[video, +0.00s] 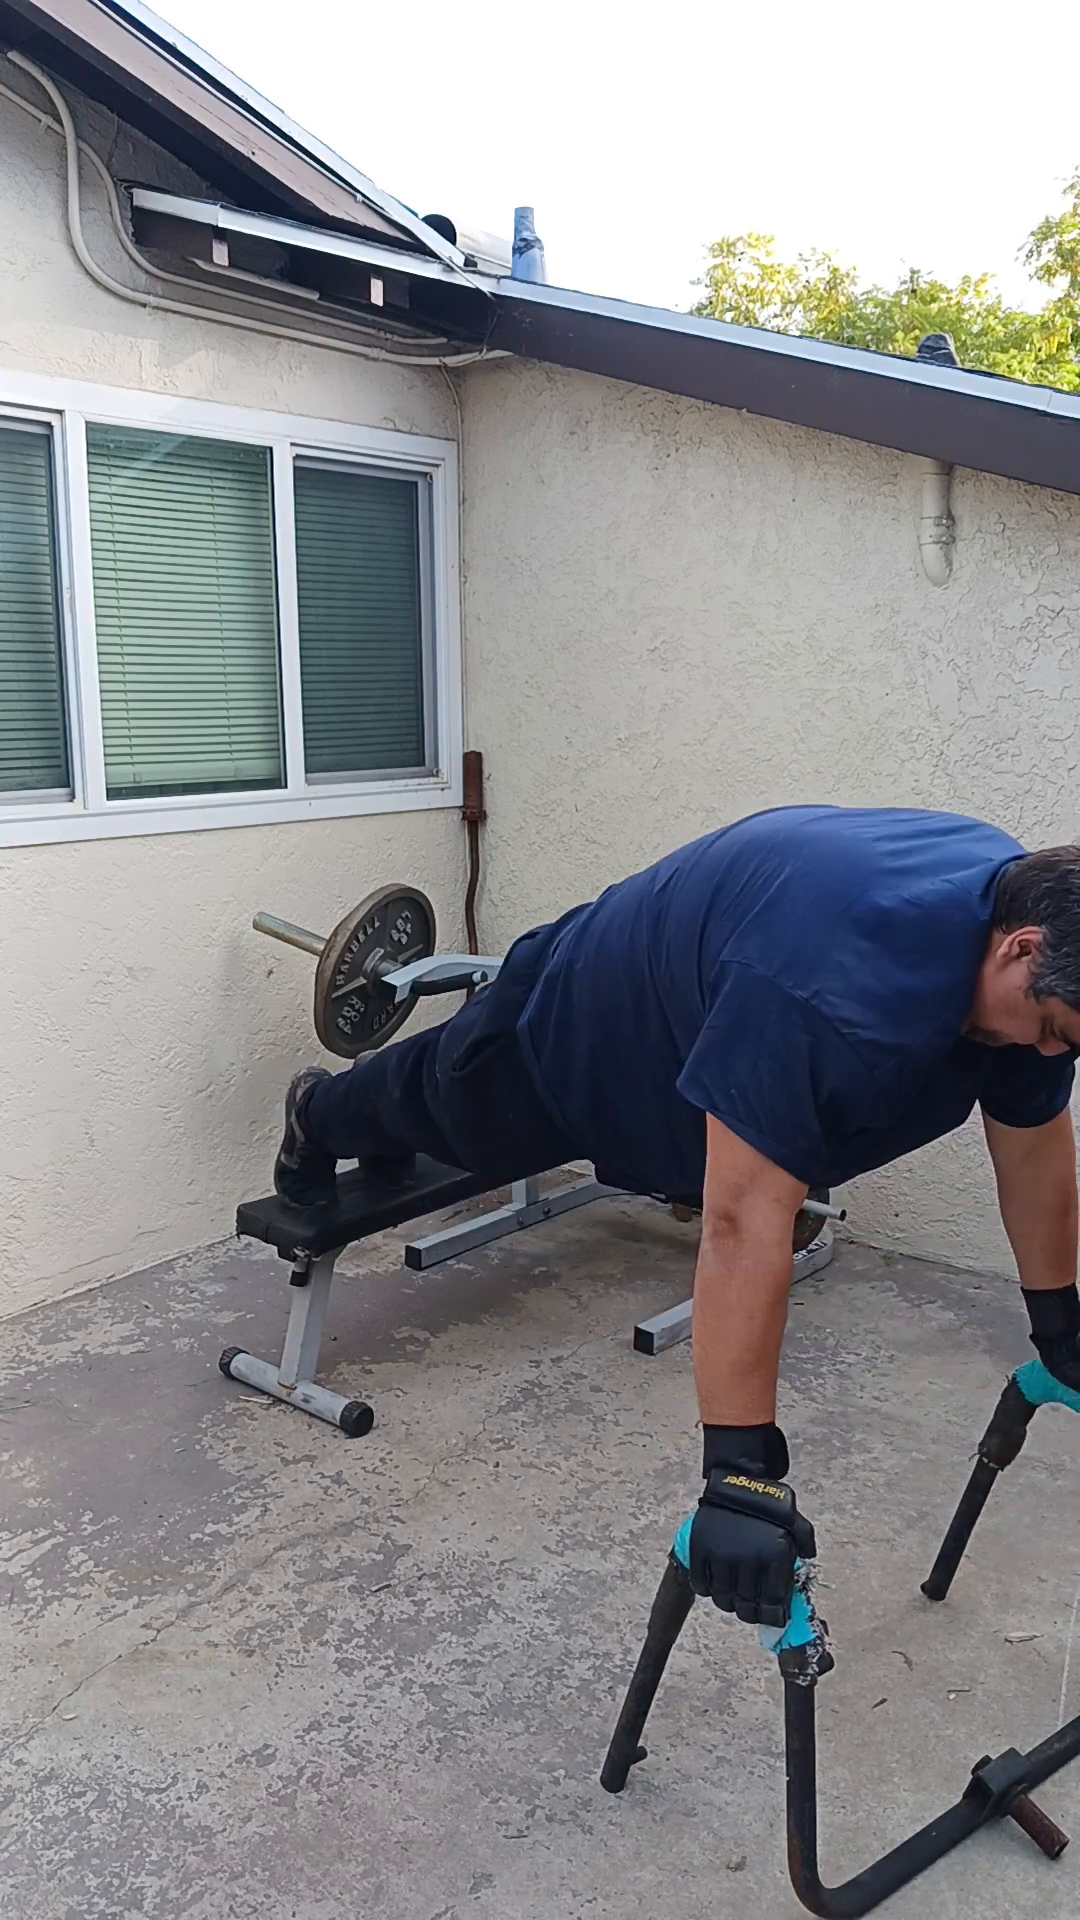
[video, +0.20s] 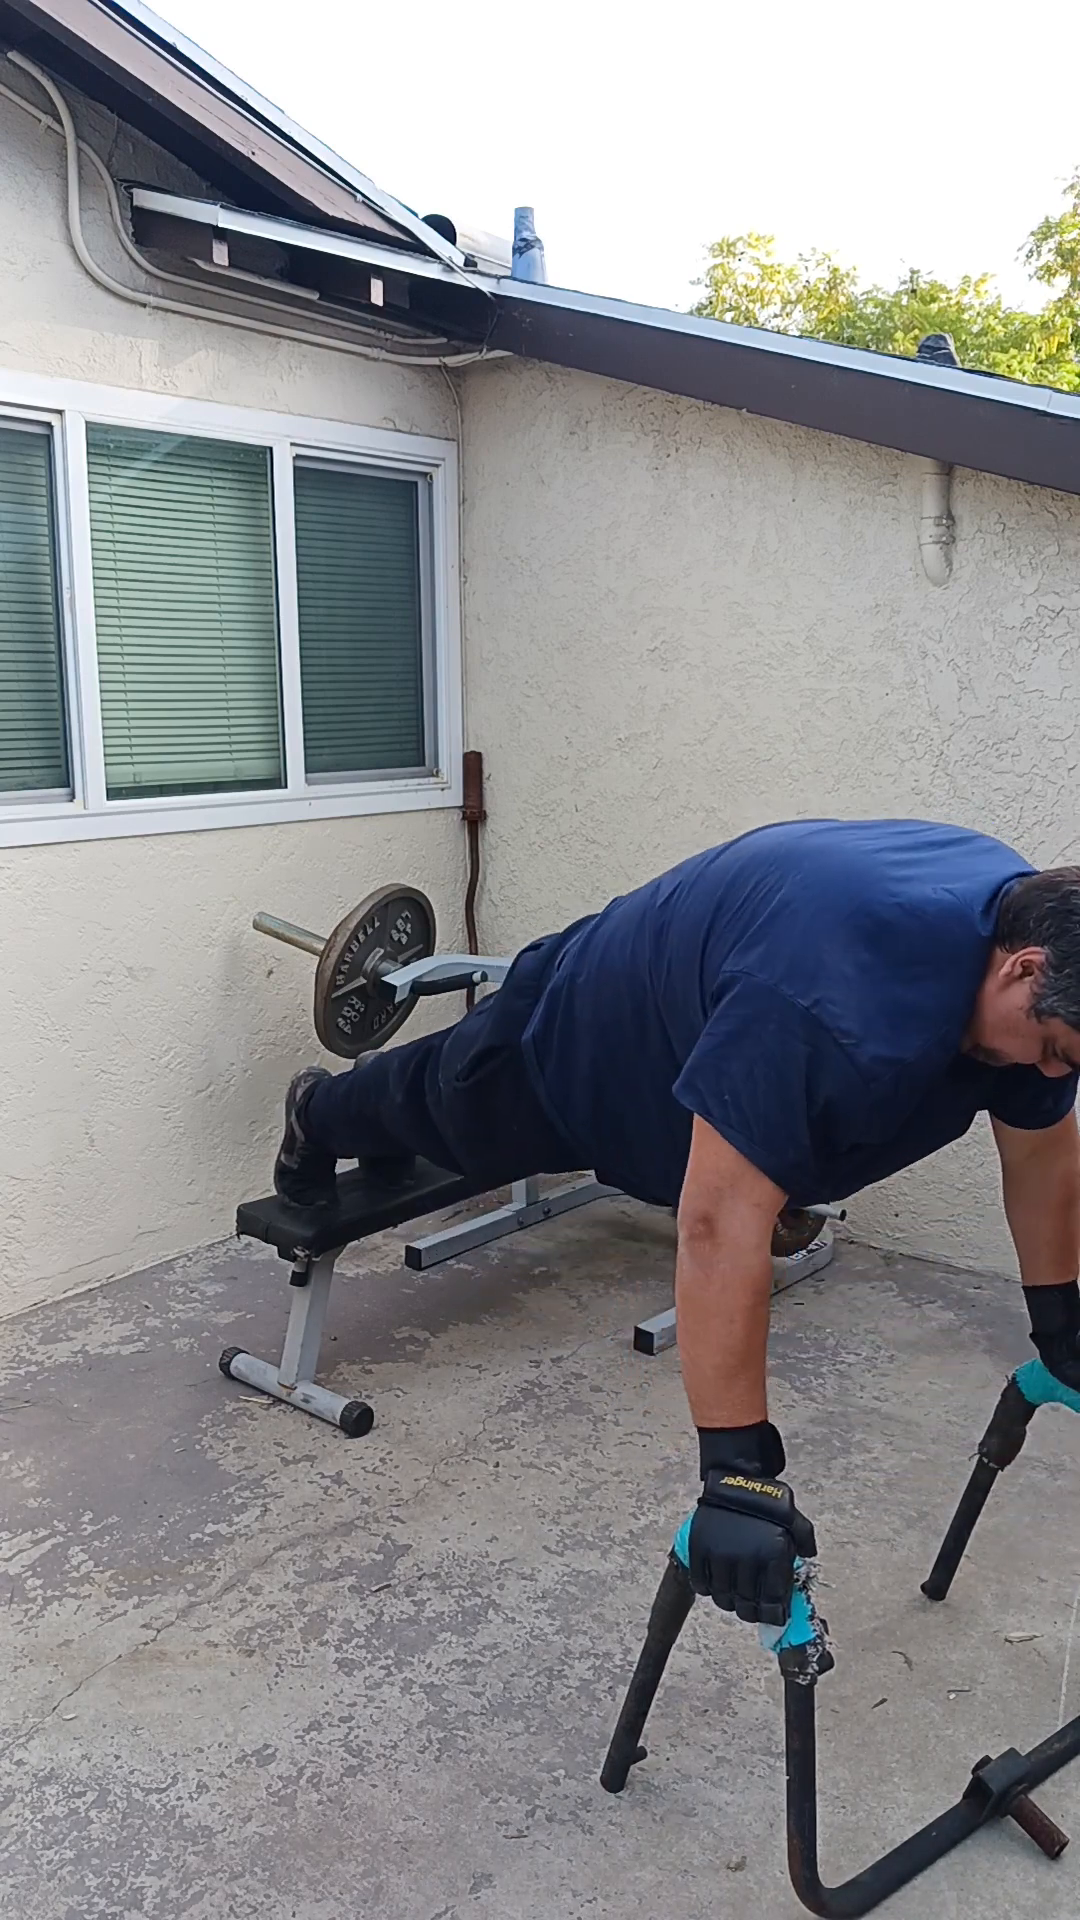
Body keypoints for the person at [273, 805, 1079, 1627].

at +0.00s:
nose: (1047, 1053)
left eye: (1064, 1041)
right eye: (1049, 1027)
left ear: (1031, 946)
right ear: (1013, 947)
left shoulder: (1019, 950)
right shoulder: (819, 982)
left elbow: (1039, 1152)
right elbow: (741, 1229)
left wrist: (1058, 1322)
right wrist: (740, 1475)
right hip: (599, 1001)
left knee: (515, 1097)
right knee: (440, 1080)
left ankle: (409, 1131)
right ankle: (315, 1115)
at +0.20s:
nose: (1060, 1074)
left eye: (1073, 1058)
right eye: (1059, 1046)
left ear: (1033, 965)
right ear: (1015, 971)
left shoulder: (1029, 963)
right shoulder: (817, 992)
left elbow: (1044, 1144)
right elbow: (718, 1224)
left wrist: (1059, 1323)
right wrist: (739, 1478)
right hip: (602, 1015)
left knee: (517, 1115)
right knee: (441, 1088)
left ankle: (415, 1142)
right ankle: (317, 1116)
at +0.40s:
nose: (1058, 1198)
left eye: (1073, 1185)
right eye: (1069, 1176)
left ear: (1055, 1118)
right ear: (1046, 1125)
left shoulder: (1051, 1024)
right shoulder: (840, 1096)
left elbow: (1051, 1172)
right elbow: (661, 1258)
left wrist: (1058, 1308)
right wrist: (732, 1479)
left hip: (711, 981)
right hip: (599, 1065)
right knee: (441, 1110)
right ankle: (320, 1107)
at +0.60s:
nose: (1050, 1385)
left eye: (1066, 1379)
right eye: (1066, 1370)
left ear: (1067, 1301)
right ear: (1057, 1308)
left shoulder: (1075, 1132)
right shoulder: (898, 1244)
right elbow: (643, 1277)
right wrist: (731, 1484)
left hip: (704, 1070)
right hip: (601, 1146)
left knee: (524, 1099)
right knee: (442, 1132)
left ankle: (389, 1088)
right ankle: (316, 1107)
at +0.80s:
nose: (1049, 1520)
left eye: (1062, 1515)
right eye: (1065, 1511)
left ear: (1065, 1451)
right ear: (1061, 1456)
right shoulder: (919, 1349)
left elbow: (1061, 1131)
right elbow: (667, 1272)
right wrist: (731, 1486)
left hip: (713, 1132)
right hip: (603, 1208)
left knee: (536, 1128)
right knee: (447, 1177)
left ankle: (392, 1082)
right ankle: (320, 1108)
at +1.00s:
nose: (1029, 1586)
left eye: (1045, 1588)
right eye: (1046, 1582)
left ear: (1063, 1517)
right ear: (1057, 1525)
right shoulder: (944, 1400)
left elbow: (1058, 1133)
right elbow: (701, 1272)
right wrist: (734, 1488)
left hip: (713, 1165)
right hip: (633, 1236)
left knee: (538, 1156)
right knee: (457, 1197)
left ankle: (393, 1084)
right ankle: (325, 1112)